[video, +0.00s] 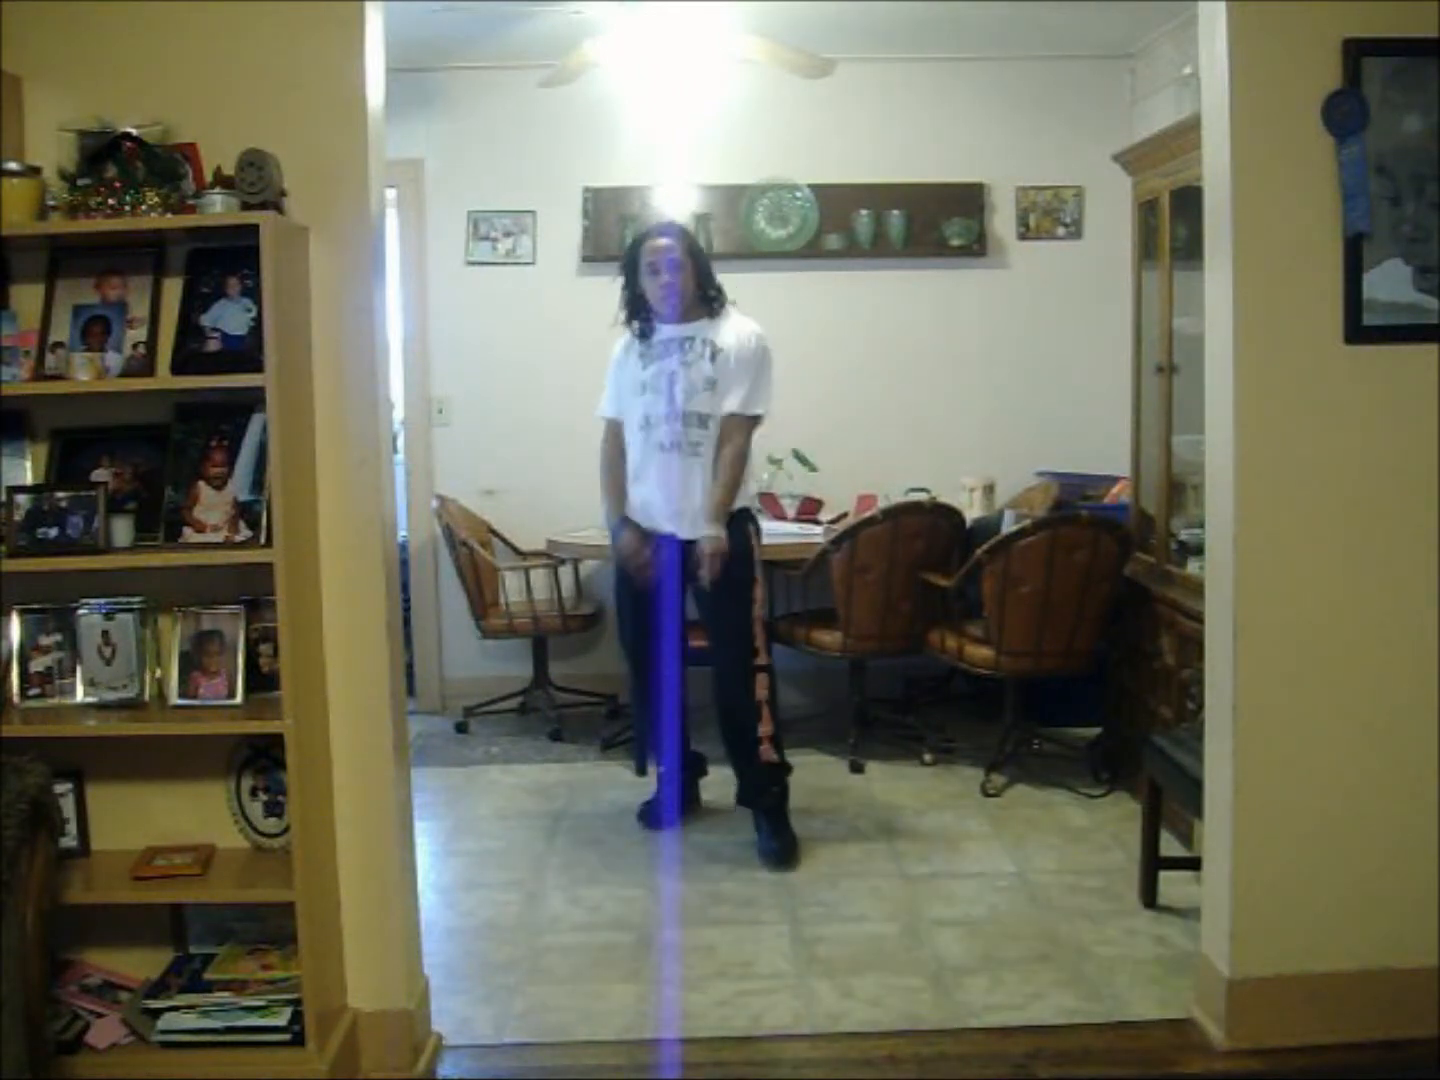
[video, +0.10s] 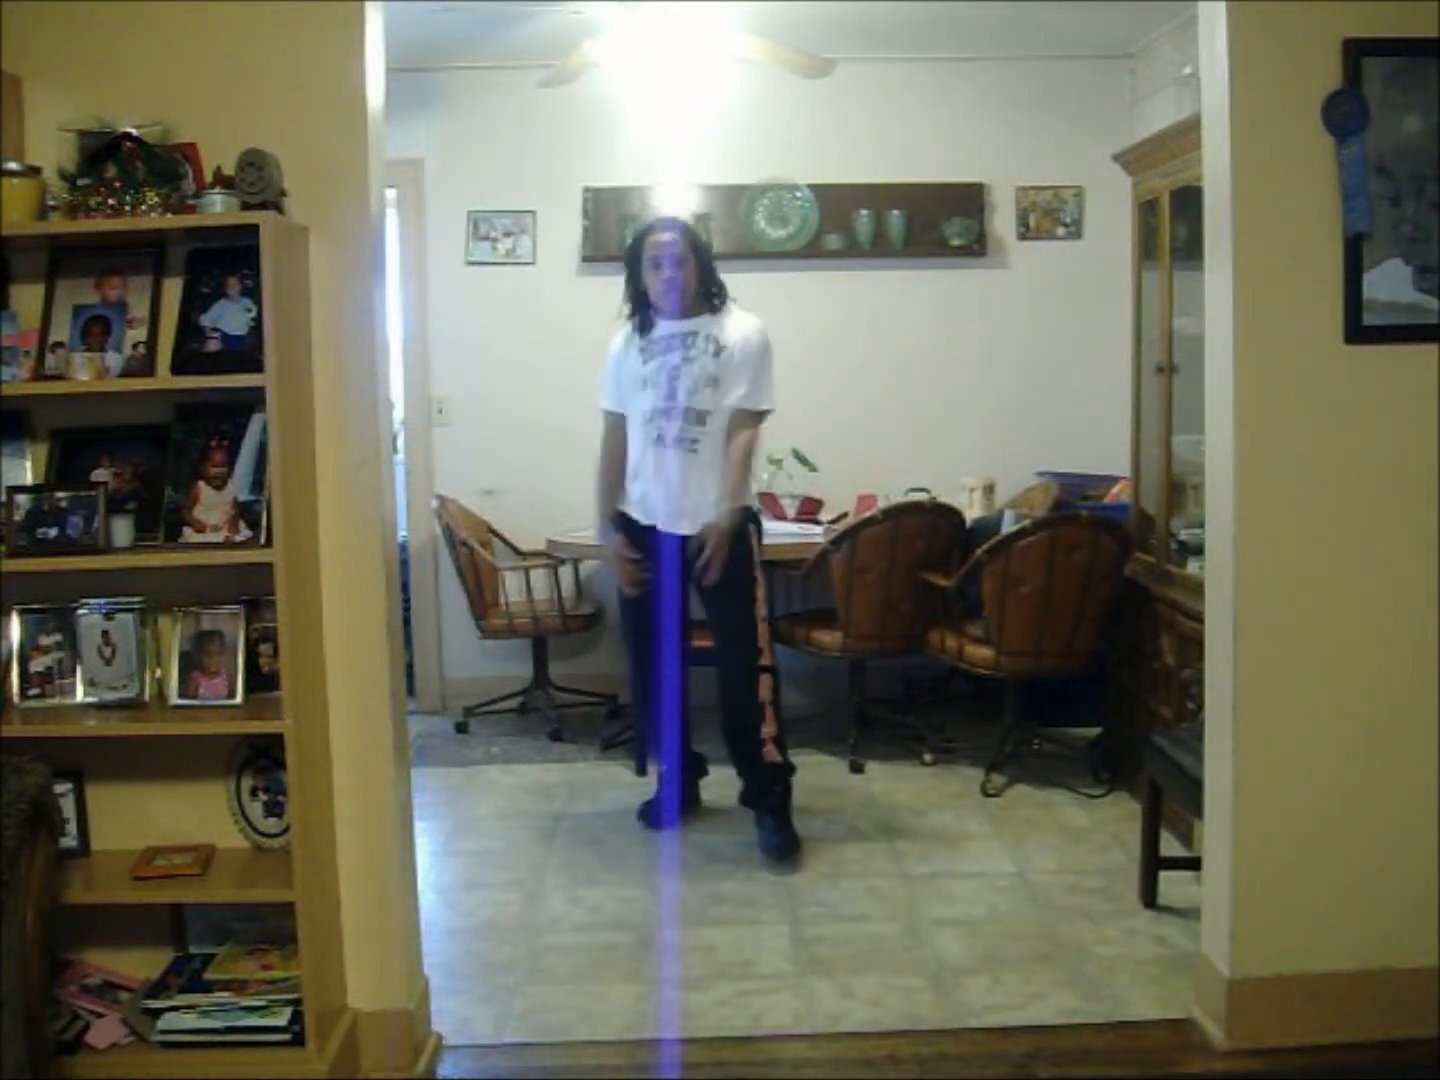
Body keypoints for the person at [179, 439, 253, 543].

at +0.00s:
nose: (219, 471)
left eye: (223, 466)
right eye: (213, 466)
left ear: (230, 469)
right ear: (204, 468)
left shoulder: (232, 488)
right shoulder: (200, 487)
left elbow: (237, 511)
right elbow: (187, 511)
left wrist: (232, 532)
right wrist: (200, 526)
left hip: (225, 533)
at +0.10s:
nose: (219, 471)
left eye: (223, 466)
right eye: (213, 466)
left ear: (230, 469)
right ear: (204, 468)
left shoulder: (232, 488)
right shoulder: (200, 487)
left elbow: (236, 511)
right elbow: (187, 511)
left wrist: (232, 532)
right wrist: (200, 526)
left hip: (225, 533)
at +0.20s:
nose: (219, 471)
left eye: (223, 466)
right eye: (213, 466)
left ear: (230, 469)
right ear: (204, 468)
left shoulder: (232, 488)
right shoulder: (200, 487)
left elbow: (237, 510)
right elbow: (187, 511)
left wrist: (232, 531)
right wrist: (200, 525)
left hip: (225, 532)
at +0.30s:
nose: (219, 471)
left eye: (223, 466)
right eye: (213, 466)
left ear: (230, 469)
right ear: (203, 468)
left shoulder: (232, 488)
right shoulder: (200, 488)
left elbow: (237, 510)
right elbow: (186, 511)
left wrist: (232, 531)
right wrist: (202, 527)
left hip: (225, 534)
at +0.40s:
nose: (219, 471)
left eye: (223, 466)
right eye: (213, 466)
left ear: (230, 469)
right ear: (204, 468)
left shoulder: (232, 488)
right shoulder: (200, 487)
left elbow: (237, 511)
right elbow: (186, 511)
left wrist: (232, 531)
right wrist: (201, 526)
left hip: (225, 534)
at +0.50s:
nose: (219, 471)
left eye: (223, 466)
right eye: (213, 466)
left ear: (230, 469)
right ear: (204, 468)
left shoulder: (232, 488)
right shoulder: (200, 487)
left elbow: (237, 511)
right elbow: (186, 511)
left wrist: (232, 531)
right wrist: (201, 526)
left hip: (225, 534)